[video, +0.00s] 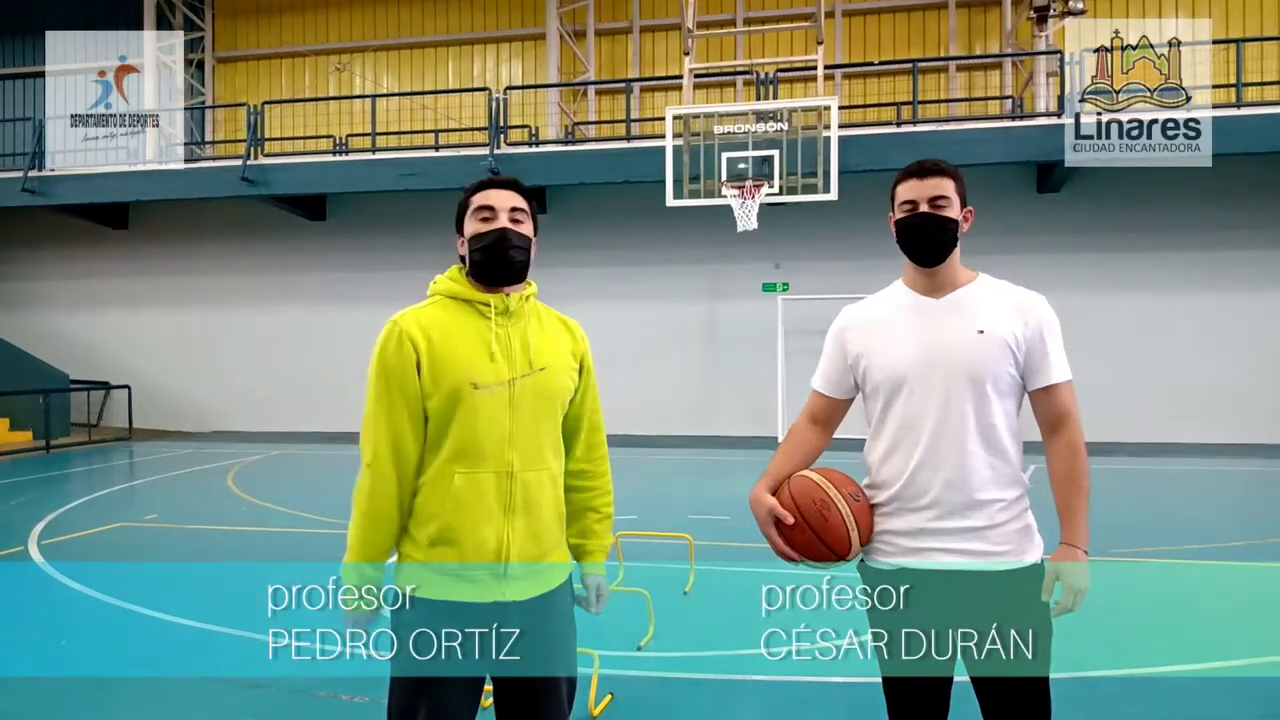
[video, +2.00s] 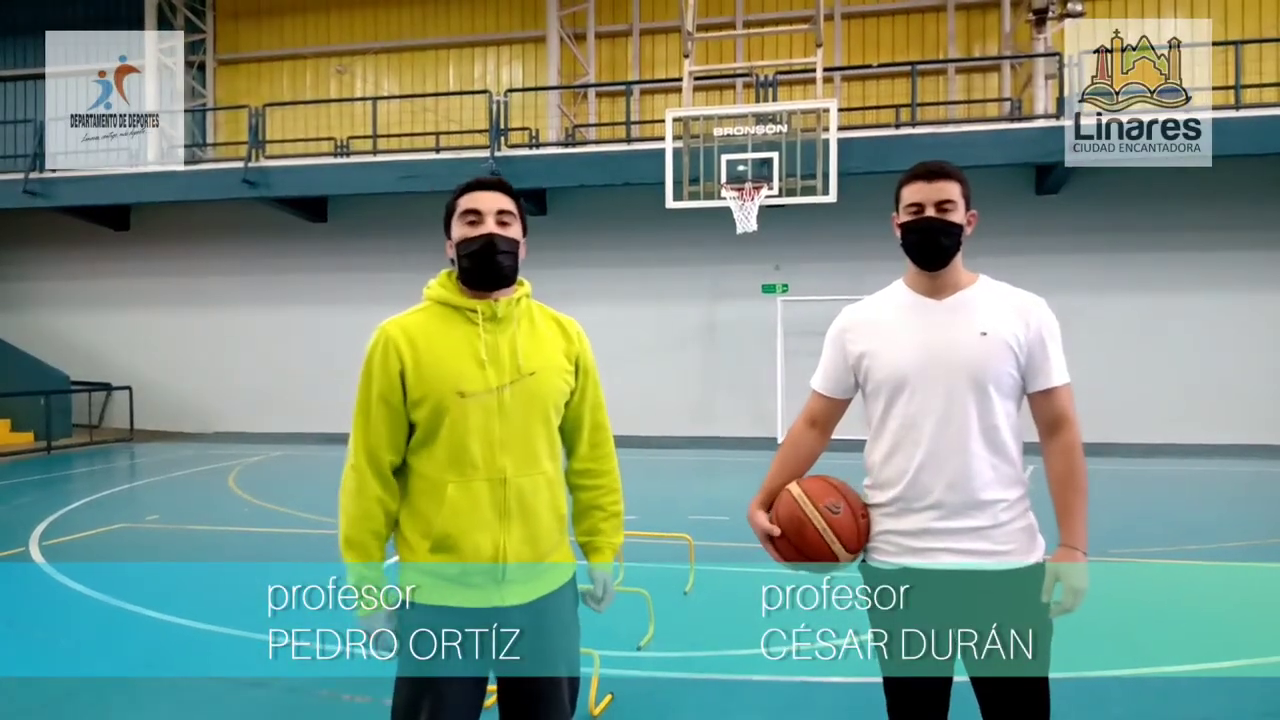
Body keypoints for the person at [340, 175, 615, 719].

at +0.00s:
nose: (503, 225)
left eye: (518, 217)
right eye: (486, 216)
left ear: (535, 242)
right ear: (462, 242)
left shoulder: (566, 337)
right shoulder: (412, 334)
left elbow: (587, 459)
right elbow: (387, 463)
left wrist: (591, 557)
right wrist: (363, 579)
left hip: (541, 589)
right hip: (440, 590)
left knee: (547, 710)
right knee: (429, 713)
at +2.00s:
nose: (489, 229)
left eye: (504, 220)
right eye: (471, 219)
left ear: (522, 243)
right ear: (449, 244)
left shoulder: (562, 337)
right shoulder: (402, 340)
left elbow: (592, 456)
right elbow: (370, 466)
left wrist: (601, 554)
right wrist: (365, 581)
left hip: (544, 588)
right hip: (440, 591)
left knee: (550, 711)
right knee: (433, 714)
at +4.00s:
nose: (477, 227)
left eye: (492, 217)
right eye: (459, 218)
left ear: (513, 241)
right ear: (440, 244)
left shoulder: (558, 336)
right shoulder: (396, 344)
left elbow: (593, 454)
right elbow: (363, 474)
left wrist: (601, 550)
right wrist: (380, 589)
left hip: (541, 592)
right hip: (436, 596)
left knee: (548, 712)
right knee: (430, 715)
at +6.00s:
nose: (464, 234)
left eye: (479, 222)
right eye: (446, 224)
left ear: (500, 243)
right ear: (426, 248)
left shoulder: (549, 334)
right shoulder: (386, 352)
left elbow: (587, 445)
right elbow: (358, 480)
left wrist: (597, 537)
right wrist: (360, 597)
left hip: (538, 592)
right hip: (435, 598)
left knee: (545, 711)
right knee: (430, 714)